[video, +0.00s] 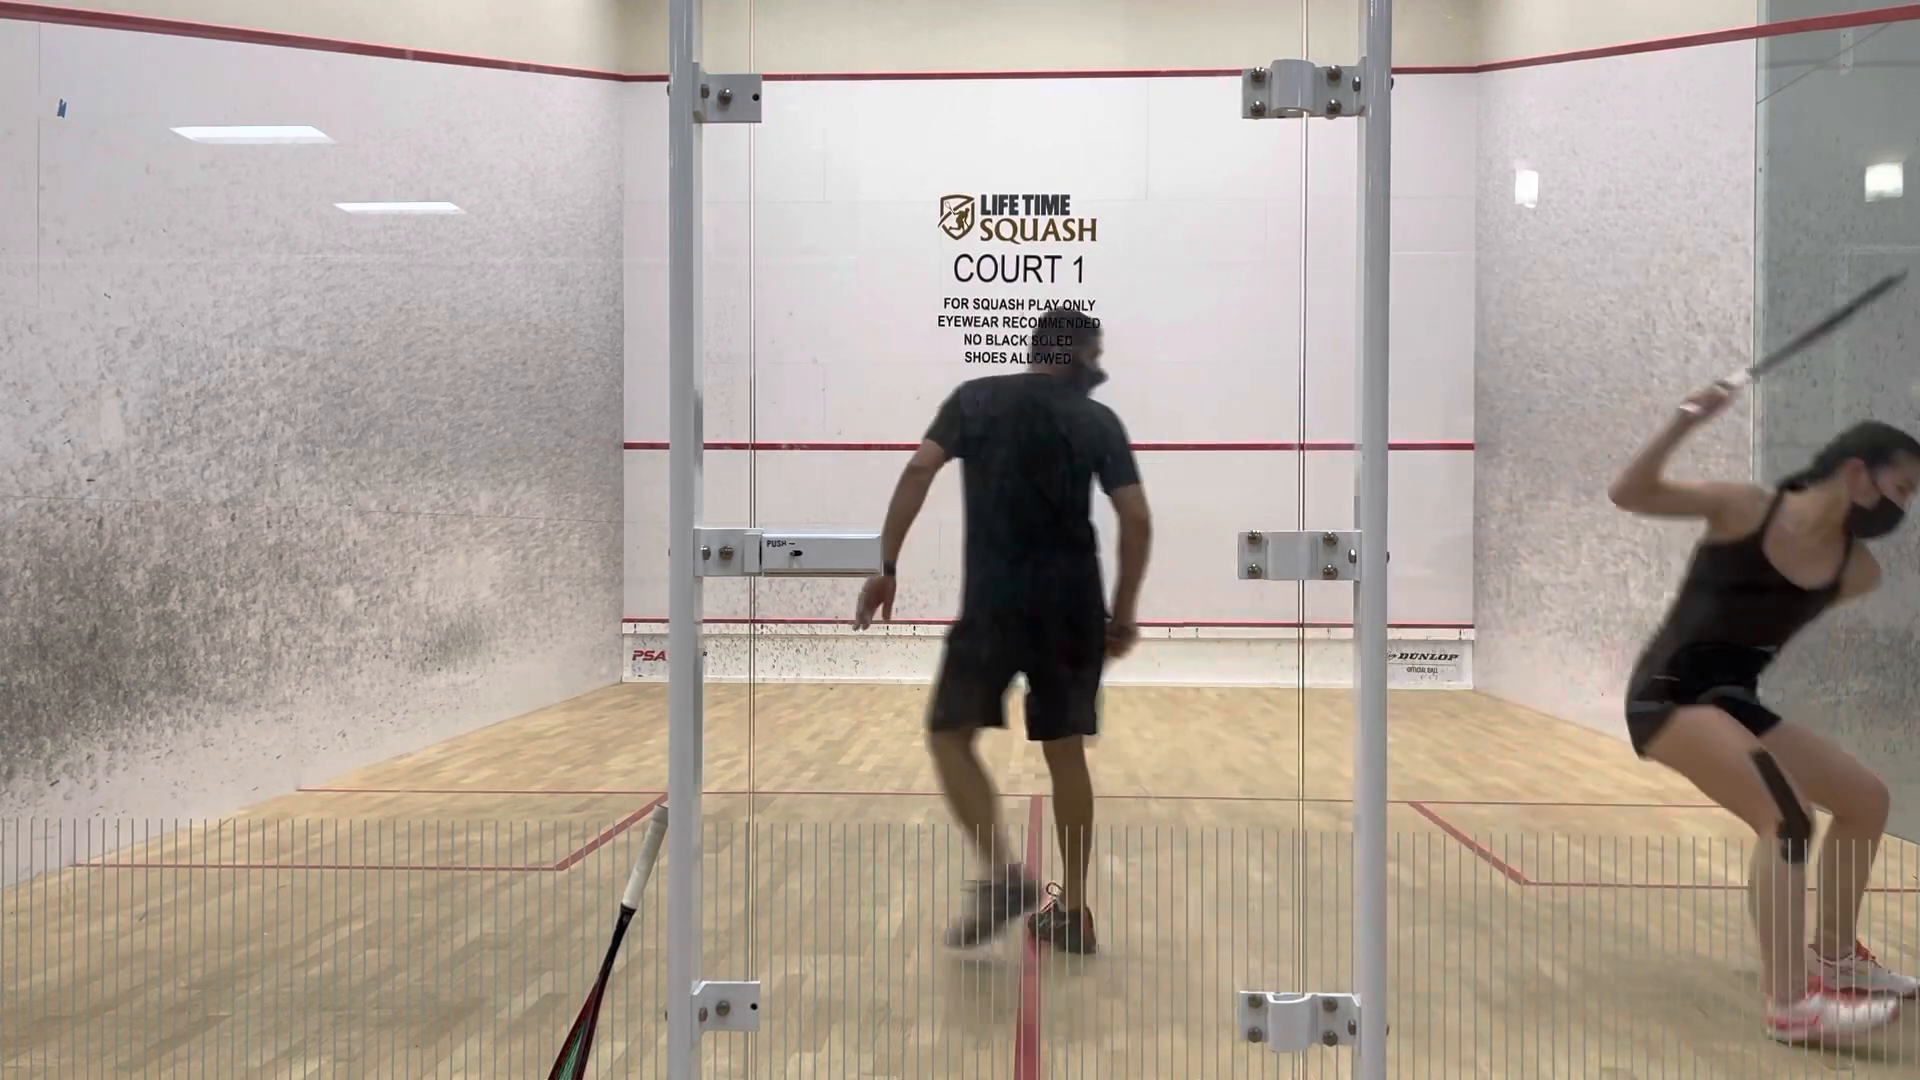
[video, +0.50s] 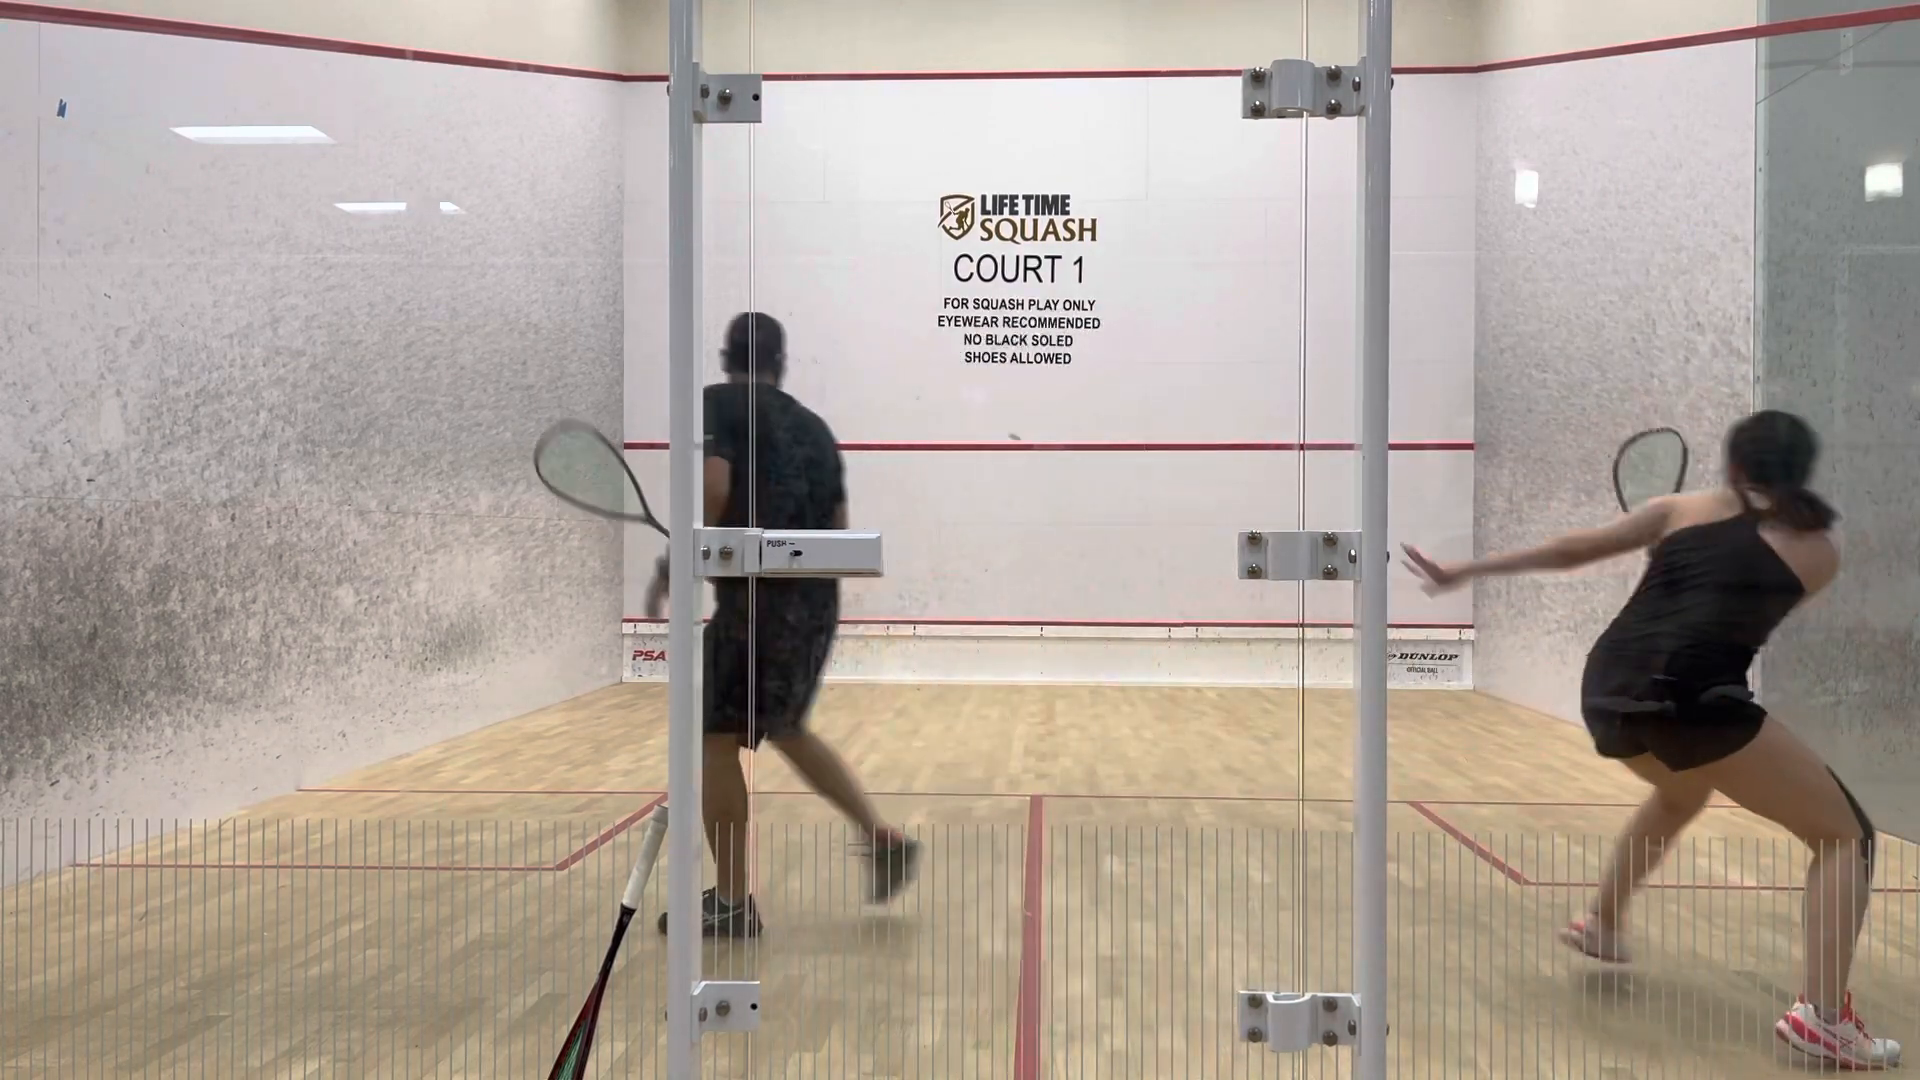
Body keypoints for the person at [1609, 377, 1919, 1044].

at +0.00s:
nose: (1901, 508)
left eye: (1908, 498)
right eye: (1898, 491)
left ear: (1866, 482)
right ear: (1857, 472)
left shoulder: (1857, 572)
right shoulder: (1745, 507)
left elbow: (1779, 615)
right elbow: (1630, 493)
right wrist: (1681, 423)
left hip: (1734, 701)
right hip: (1666, 696)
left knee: (1865, 801)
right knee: (1785, 819)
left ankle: (1834, 955)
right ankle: (1787, 1004)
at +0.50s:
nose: (1727, 470)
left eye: (1729, 460)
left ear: (1731, 466)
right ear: (1801, 476)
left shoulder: (1678, 510)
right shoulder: (1819, 553)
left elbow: (1570, 549)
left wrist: (1462, 571)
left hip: (1611, 696)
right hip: (1696, 707)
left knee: (1682, 793)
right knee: (1845, 836)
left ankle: (1601, 923)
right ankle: (1823, 1013)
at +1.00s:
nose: (1339, 379)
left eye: (1344, 368)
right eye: (1344, 367)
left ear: (1356, 374)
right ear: (1410, 373)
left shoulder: (1335, 435)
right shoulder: (1448, 443)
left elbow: (1264, 493)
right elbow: (1494, 521)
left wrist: (1185, 532)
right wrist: (1458, 577)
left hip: (1358, 614)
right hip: (1432, 613)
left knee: (1367, 764)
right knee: (1427, 764)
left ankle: (1388, 884)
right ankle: (1436, 900)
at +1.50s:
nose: (1073, 430)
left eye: (1077, 423)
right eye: (1078, 422)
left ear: (1084, 430)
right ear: (1123, 432)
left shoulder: (1069, 481)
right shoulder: (1145, 488)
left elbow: (1056, 550)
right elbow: (1165, 560)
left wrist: (1014, 588)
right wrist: (1119, 576)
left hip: (1098, 627)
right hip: (1149, 623)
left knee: (1093, 740)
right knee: (1129, 730)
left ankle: (1141, 841)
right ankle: (1178, 803)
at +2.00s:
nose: (863, 451)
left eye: (868, 445)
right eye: (866, 444)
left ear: (877, 453)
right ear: (901, 453)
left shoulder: (890, 503)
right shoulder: (886, 492)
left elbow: (827, 539)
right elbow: (828, 519)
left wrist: (762, 514)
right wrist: (788, 483)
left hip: (902, 627)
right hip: (913, 624)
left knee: (832, 697)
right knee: (887, 708)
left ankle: (841, 793)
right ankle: (964, 754)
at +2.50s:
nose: (709, 482)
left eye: (713, 475)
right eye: (711, 475)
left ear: (724, 480)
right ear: (747, 480)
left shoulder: (720, 518)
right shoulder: (756, 517)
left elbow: (690, 561)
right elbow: (707, 562)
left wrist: (661, 586)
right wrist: (669, 585)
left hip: (732, 629)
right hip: (757, 626)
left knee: (706, 736)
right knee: (698, 709)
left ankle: (783, 763)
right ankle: (676, 778)